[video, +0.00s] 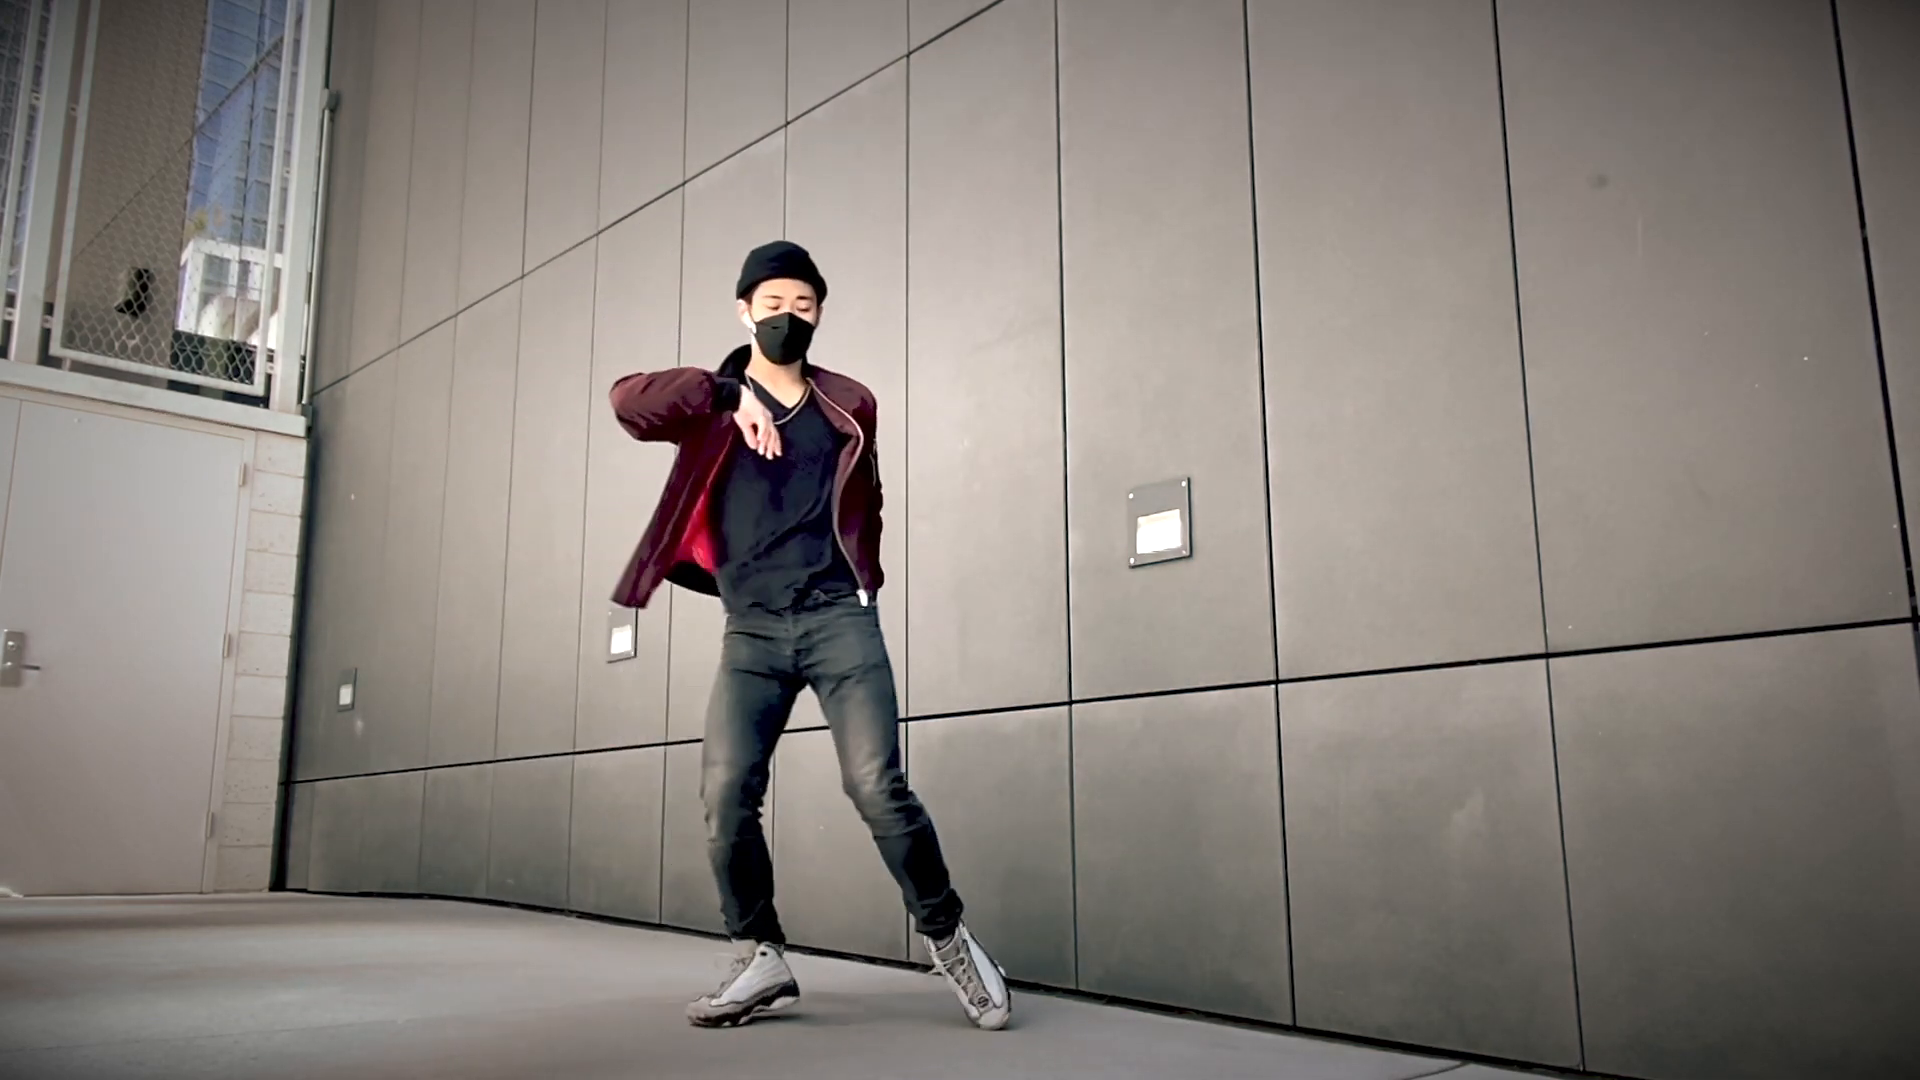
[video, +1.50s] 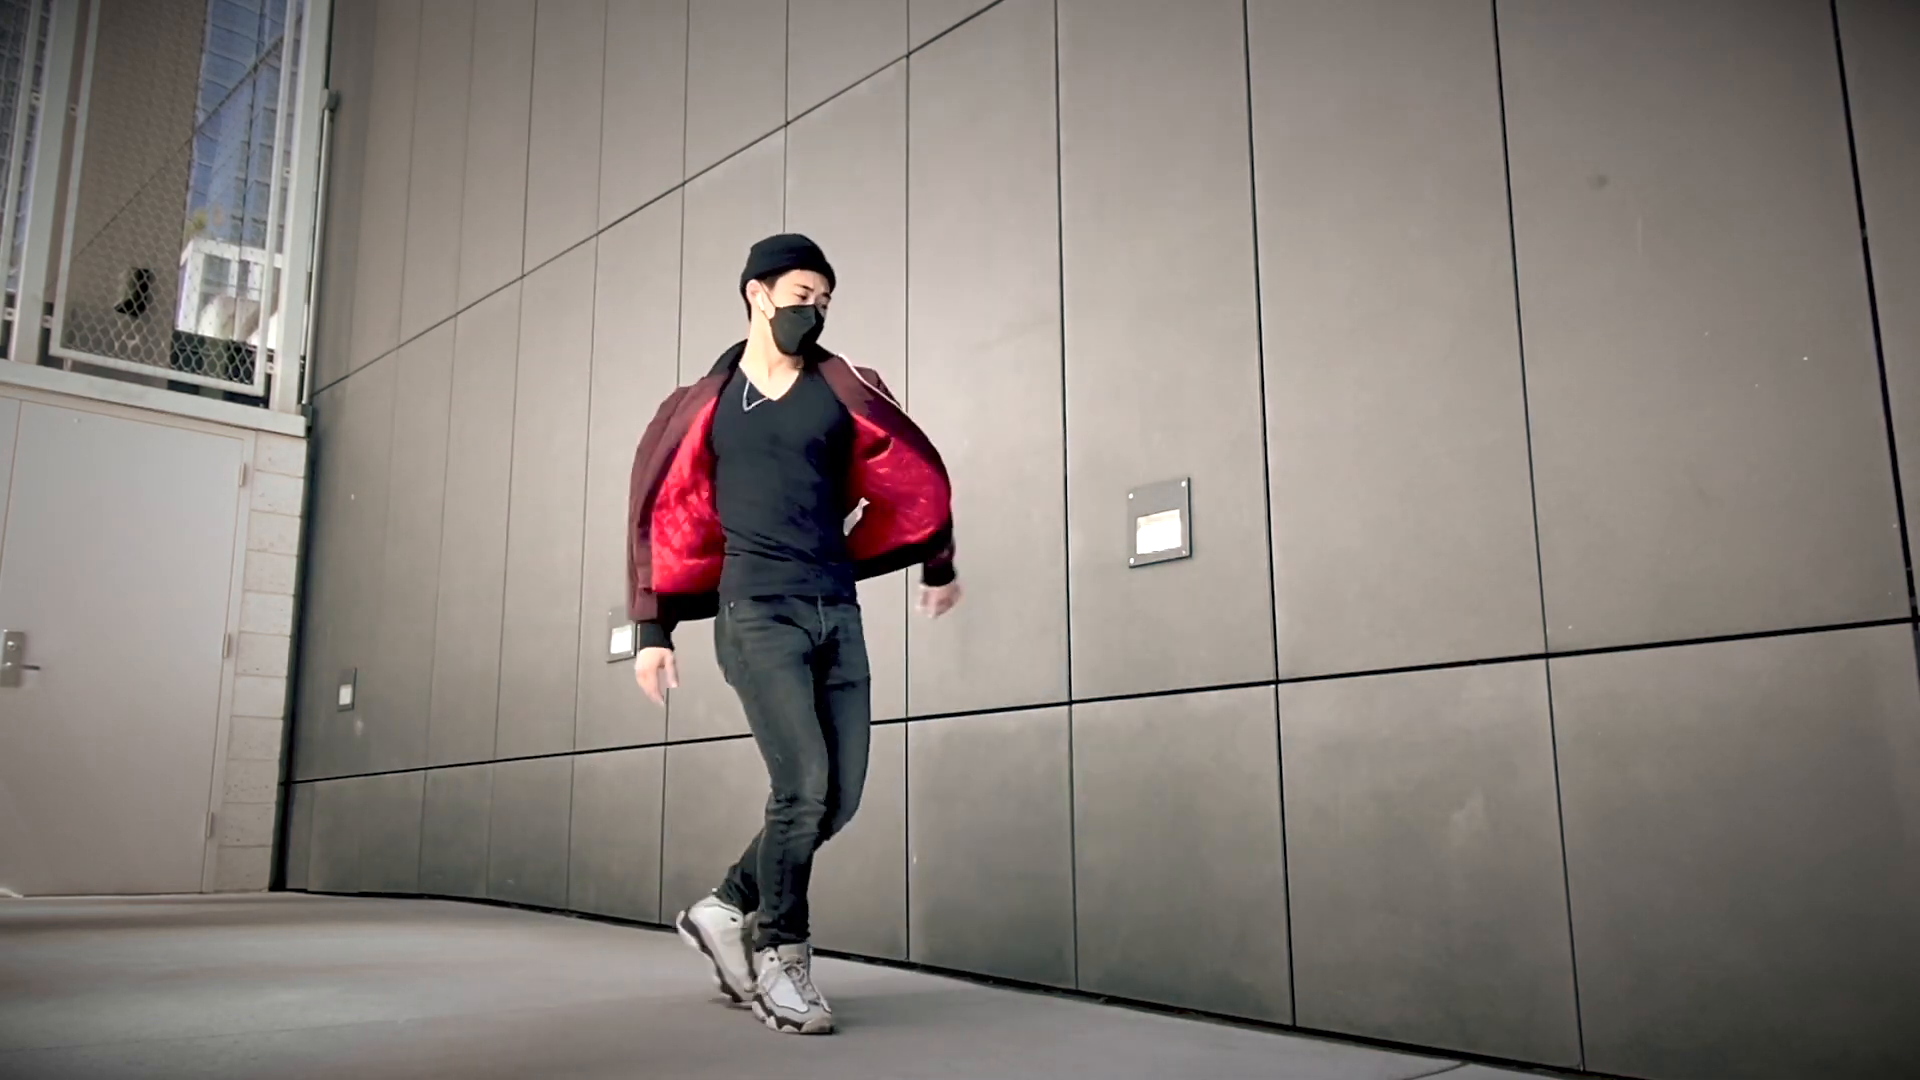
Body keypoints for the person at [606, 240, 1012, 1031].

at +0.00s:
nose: (788, 311)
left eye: (802, 301)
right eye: (772, 299)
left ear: (819, 314)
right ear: (746, 310)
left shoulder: (850, 403)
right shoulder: (712, 395)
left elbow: (865, 509)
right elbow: (628, 403)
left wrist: (861, 593)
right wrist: (725, 393)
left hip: (840, 617)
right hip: (750, 626)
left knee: (875, 785)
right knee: (725, 790)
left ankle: (949, 941)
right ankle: (763, 956)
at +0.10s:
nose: (820, 311)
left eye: (833, 302)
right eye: (804, 301)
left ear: (849, 315)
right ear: (774, 315)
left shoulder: (878, 407)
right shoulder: (741, 401)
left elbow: (881, 513)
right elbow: (664, 415)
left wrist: (889, 592)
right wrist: (760, 398)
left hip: (875, 615)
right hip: (786, 627)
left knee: (950, 768)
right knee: (762, 801)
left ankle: (959, 933)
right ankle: (770, 962)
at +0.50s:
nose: (924, 312)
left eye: (933, 304)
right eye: (907, 301)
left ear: (941, 319)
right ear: (869, 313)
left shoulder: (951, 405)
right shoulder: (836, 385)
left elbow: (966, 502)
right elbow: (756, 446)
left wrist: (969, 599)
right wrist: (839, 474)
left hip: (956, 614)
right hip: (885, 617)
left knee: (1022, 770)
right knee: (862, 793)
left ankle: (963, 932)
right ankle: (790, 954)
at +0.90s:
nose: (990, 334)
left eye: (995, 325)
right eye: (980, 319)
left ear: (961, 326)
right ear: (934, 314)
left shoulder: (932, 397)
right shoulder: (888, 366)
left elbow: (872, 492)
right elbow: (805, 426)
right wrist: (723, 505)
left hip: (893, 611)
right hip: (841, 606)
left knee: (905, 791)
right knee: (814, 788)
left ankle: (903, 967)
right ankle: (775, 957)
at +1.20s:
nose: (896, 310)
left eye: (902, 300)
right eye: (886, 295)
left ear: (890, 304)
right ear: (839, 287)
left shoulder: (884, 389)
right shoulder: (775, 367)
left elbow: (876, 496)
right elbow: (727, 476)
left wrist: (878, 587)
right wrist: (701, 588)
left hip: (873, 603)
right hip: (797, 603)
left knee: (886, 783)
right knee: (806, 783)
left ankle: (880, 950)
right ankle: (777, 961)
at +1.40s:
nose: (838, 301)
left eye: (847, 292)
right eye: (824, 287)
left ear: (851, 302)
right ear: (779, 288)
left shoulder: (864, 385)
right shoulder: (722, 390)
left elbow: (894, 494)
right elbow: (684, 506)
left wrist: (875, 589)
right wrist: (682, 621)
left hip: (855, 610)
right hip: (772, 610)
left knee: (841, 793)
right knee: (805, 787)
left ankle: (775, 935)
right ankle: (780, 957)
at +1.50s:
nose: (812, 306)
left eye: (821, 299)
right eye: (799, 293)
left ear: (826, 308)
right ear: (755, 294)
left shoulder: (845, 391)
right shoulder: (703, 405)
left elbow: (912, 472)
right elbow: (659, 516)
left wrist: (940, 565)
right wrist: (651, 633)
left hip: (837, 614)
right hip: (757, 617)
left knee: (837, 799)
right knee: (802, 788)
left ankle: (724, 908)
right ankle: (783, 960)